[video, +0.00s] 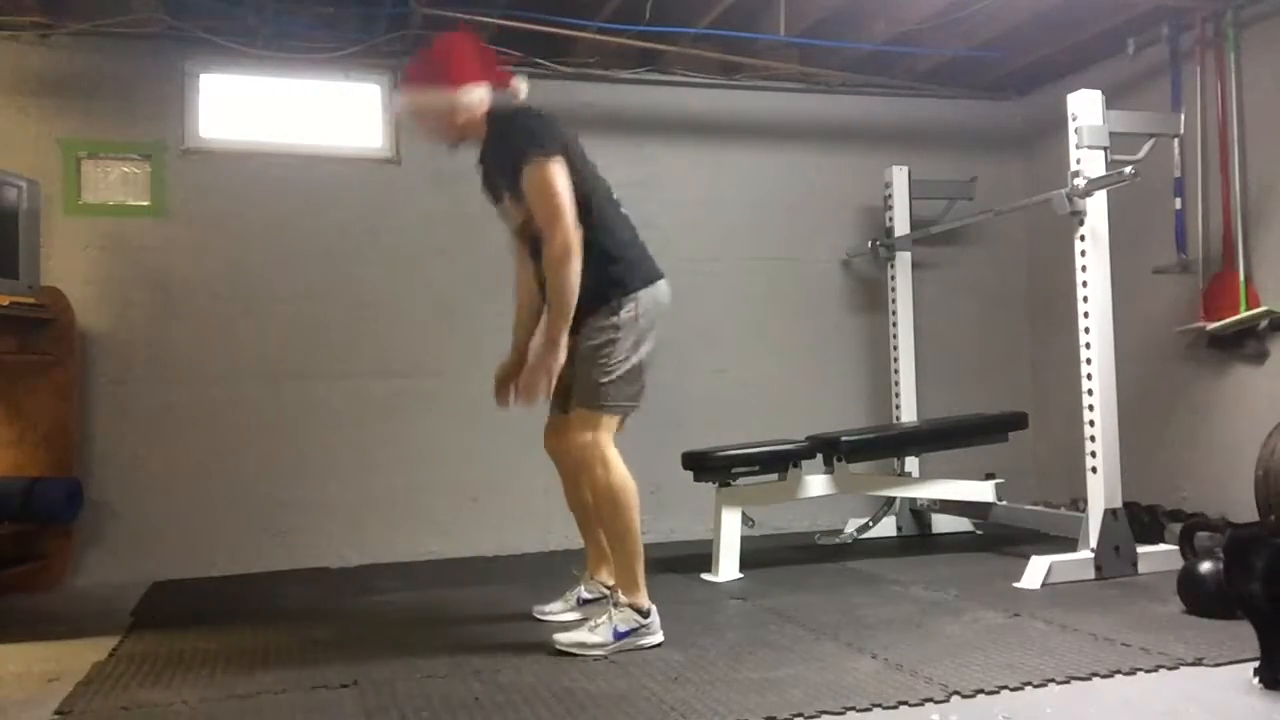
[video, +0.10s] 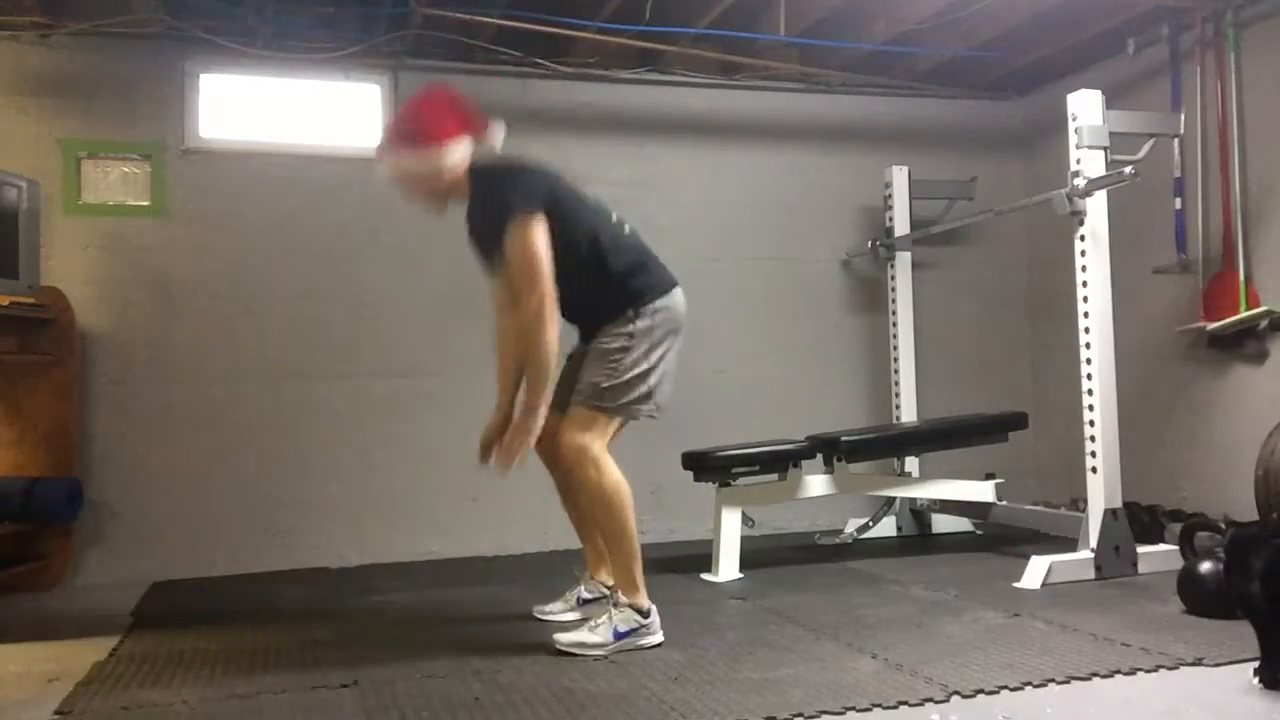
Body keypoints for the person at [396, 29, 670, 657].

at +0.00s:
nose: (432, 123)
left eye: (435, 107)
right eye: (425, 111)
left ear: (470, 93)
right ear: (457, 102)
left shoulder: (523, 131)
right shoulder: (494, 156)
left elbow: (564, 240)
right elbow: (528, 254)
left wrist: (552, 343)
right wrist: (521, 347)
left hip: (623, 296)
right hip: (588, 306)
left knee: (590, 441)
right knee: (563, 440)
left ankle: (638, 607)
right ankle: (603, 581)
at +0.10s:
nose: (405, 184)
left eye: (410, 165)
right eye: (400, 170)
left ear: (447, 152)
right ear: (446, 156)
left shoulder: (510, 191)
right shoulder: (485, 208)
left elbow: (542, 309)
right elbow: (511, 310)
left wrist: (532, 410)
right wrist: (506, 407)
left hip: (643, 311)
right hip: (608, 318)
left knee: (579, 442)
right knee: (552, 440)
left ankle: (637, 607)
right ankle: (604, 583)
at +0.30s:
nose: (395, 341)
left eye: (395, 326)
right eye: (387, 330)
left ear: (422, 303)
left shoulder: (491, 322)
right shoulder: (471, 331)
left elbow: (484, 449)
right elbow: (471, 448)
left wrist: (464, 555)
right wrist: (452, 546)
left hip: (652, 364)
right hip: (619, 366)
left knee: (539, 465)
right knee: (523, 464)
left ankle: (632, 608)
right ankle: (606, 589)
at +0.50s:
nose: (373, 428)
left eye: (373, 412)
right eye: (365, 417)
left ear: (400, 390)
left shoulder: (461, 404)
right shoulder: (445, 410)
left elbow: (453, 537)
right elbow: (440, 525)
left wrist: (426, 649)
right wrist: (423, 615)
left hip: (630, 436)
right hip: (609, 433)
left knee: (494, 497)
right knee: (493, 488)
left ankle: (619, 595)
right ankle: (591, 586)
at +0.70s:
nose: (351, 468)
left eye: (344, 455)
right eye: (339, 462)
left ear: (358, 423)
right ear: (361, 412)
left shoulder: (423, 412)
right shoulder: (408, 412)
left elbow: (436, 544)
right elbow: (420, 522)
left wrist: (425, 655)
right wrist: (420, 615)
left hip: (586, 409)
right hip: (567, 407)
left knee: (462, 502)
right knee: (452, 496)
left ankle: (599, 581)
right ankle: (580, 584)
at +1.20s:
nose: (247, 564)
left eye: (243, 551)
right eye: (239, 554)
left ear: (264, 525)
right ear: (266, 510)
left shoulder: (342, 509)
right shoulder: (327, 501)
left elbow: (431, 562)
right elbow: (424, 556)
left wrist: (418, 655)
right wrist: (408, 630)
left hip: (541, 490)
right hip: (528, 488)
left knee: (700, 542)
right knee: (676, 532)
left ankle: (871, 570)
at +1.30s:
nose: (256, 600)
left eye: (254, 587)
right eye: (247, 589)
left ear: (276, 560)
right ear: (277, 544)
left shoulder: (343, 547)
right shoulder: (336, 534)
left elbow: (436, 568)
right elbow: (438, 554)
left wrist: (413, 655)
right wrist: (419, 622)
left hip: (550, 552)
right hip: (538, 542)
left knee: (709, 582)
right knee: (666, 554)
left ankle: (882, 575)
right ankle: (772, 524)